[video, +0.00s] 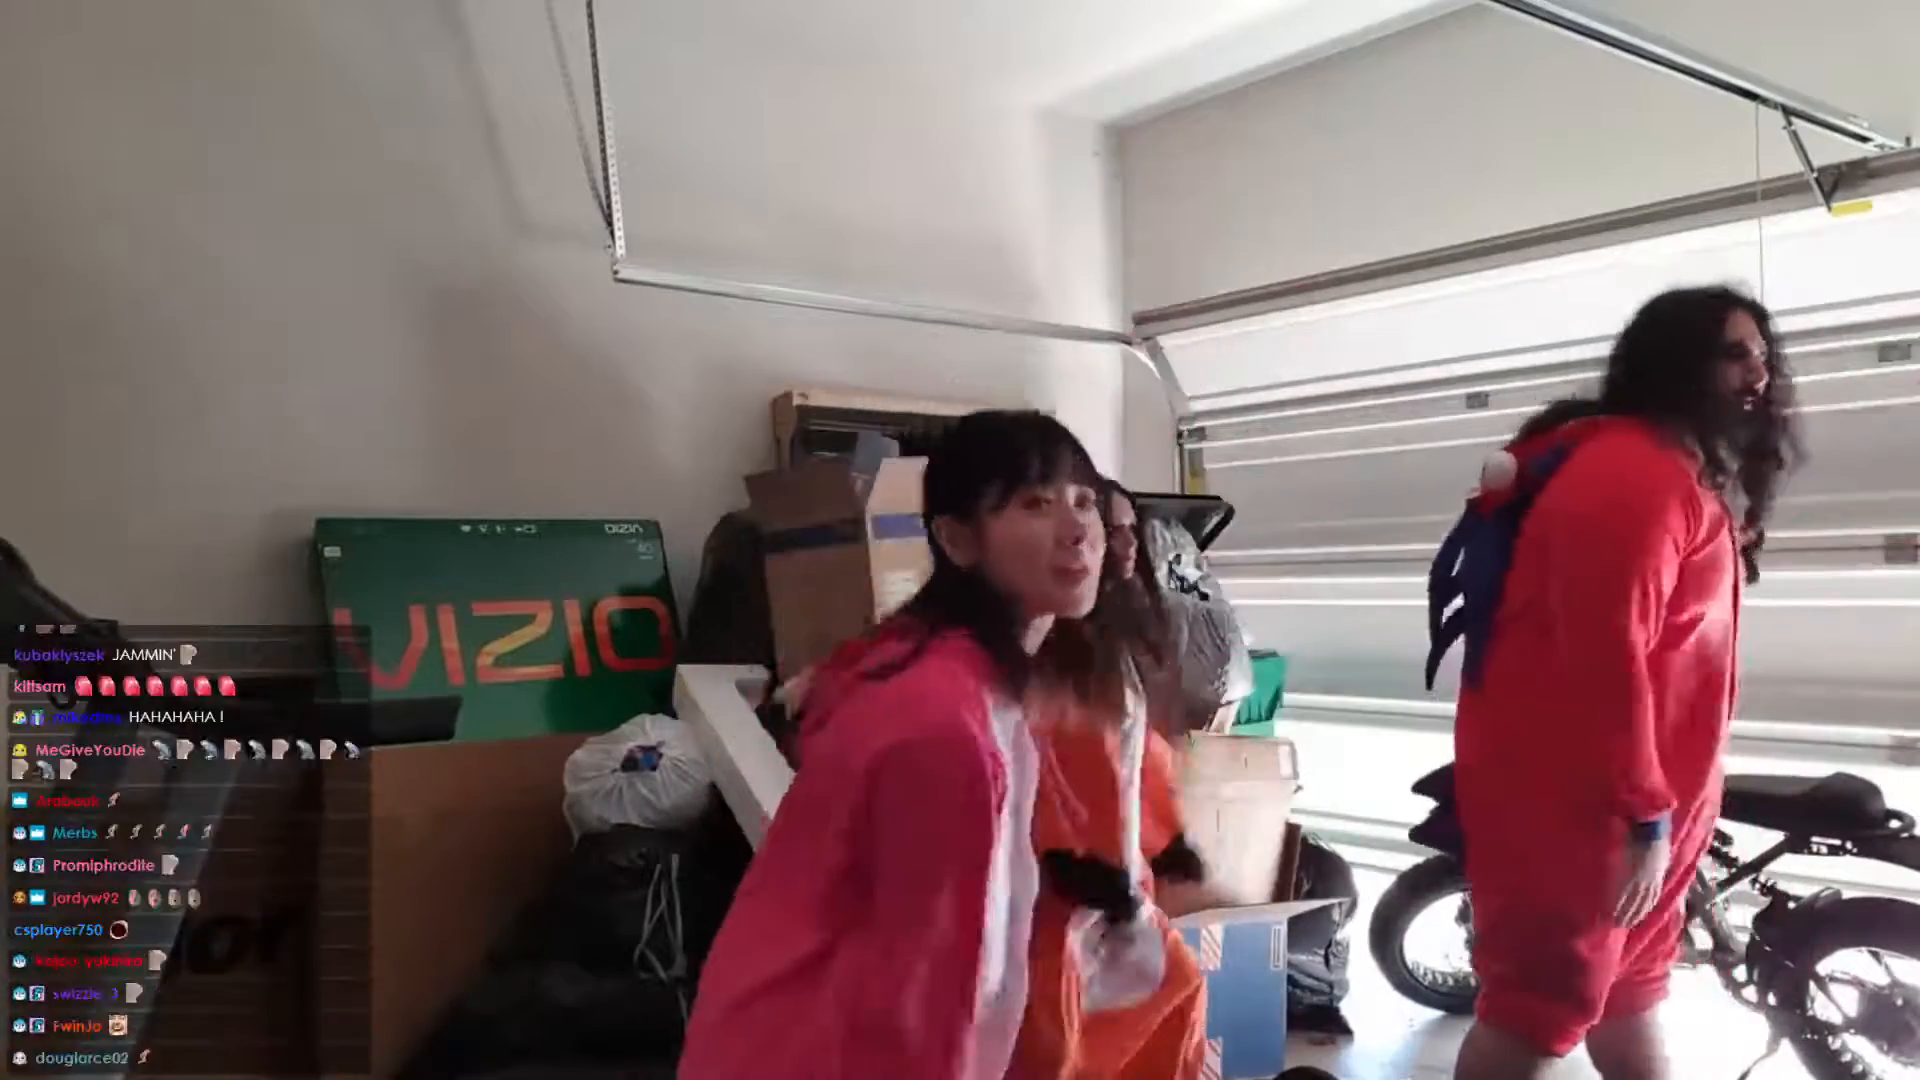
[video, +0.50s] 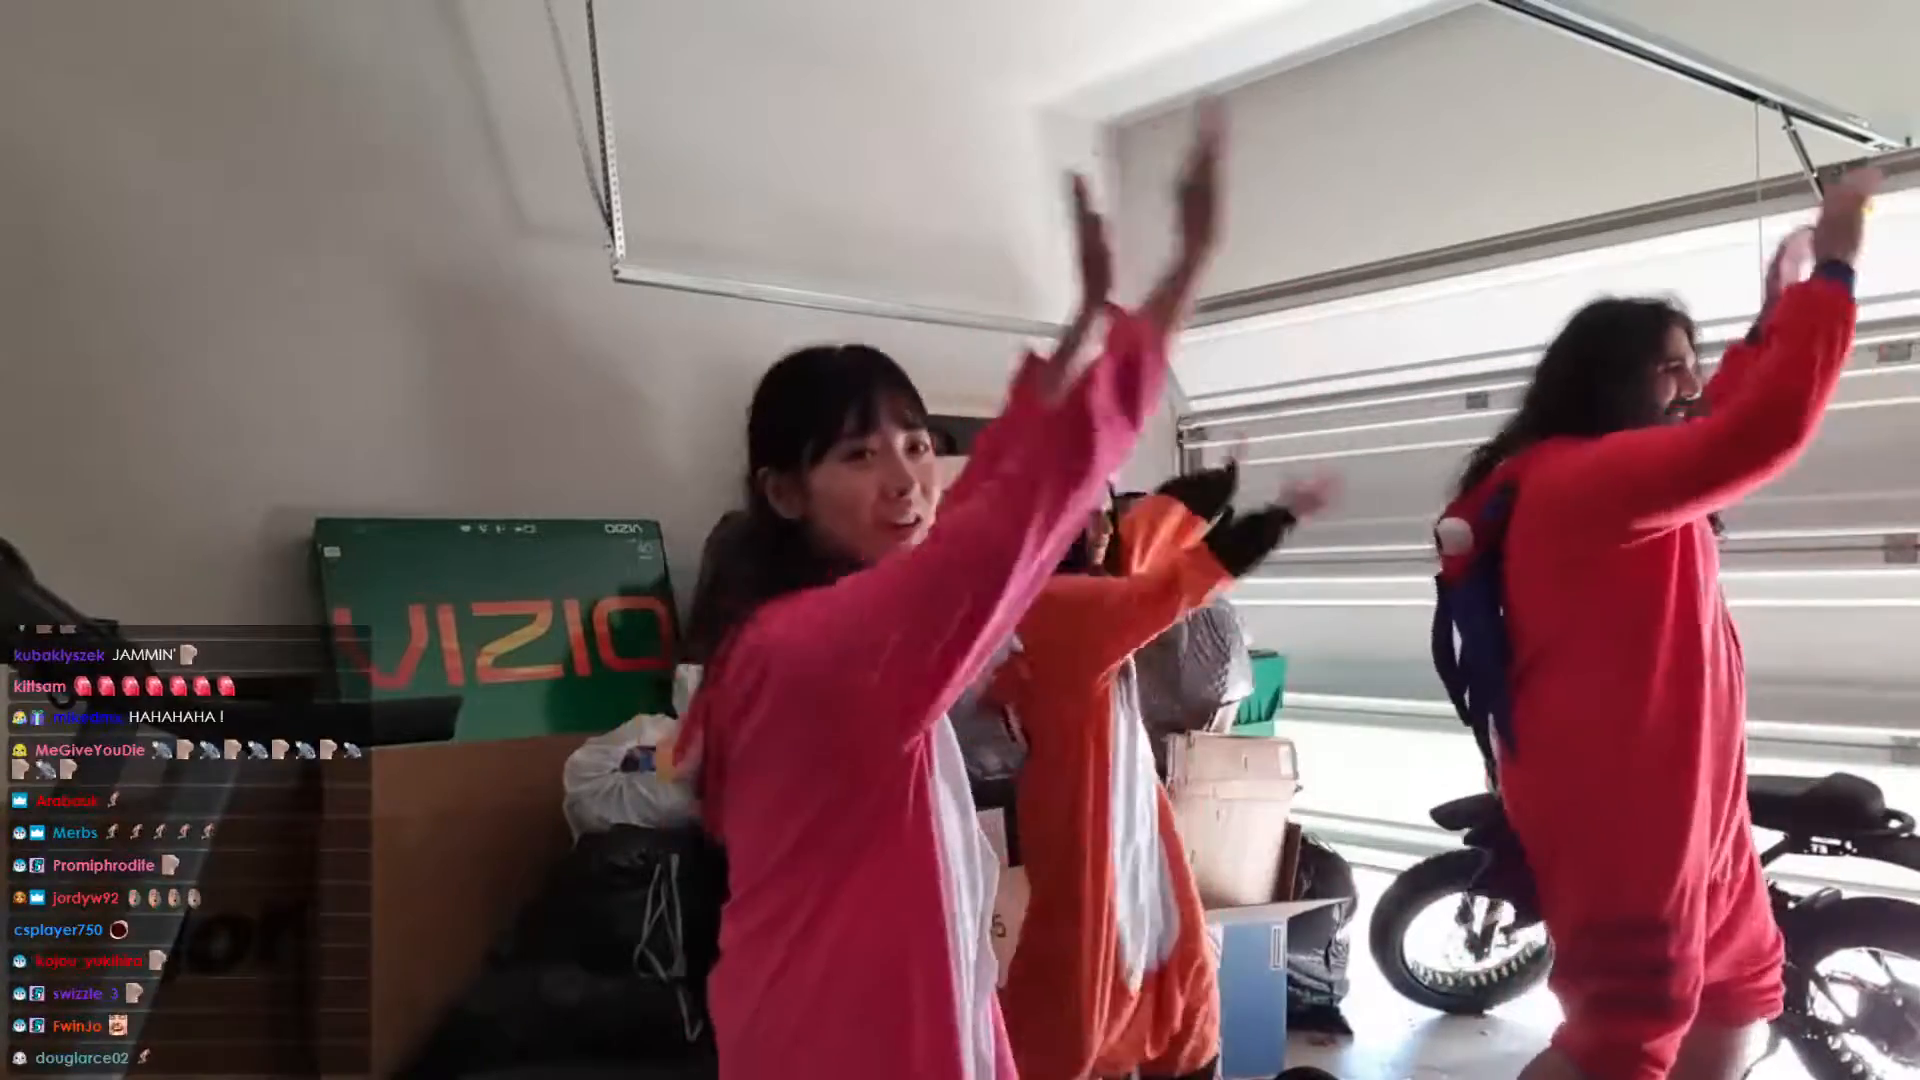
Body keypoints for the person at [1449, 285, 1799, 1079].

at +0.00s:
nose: (1758, 375)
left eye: (1764, 358)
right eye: (1735, 356)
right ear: (1679, 366)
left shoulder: (1690, 475)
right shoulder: (1633, 471)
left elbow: (1655, 651)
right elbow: (1602, 644)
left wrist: (1675, 809)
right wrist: (1647, 815)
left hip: (1641, 797)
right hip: (1564, 795)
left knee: (1626, 1006)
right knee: (1533, 1014)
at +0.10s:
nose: (1716, 363)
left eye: (1719, 345)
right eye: (1692, 345)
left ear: (1728, 353)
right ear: (1637, 359)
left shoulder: (1665, 465)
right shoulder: (1608, 470)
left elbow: (1709, 609)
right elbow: (1659, 638)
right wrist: (1751, 772)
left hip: (1643, 782)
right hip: (1567, 788)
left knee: (1645, 999)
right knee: (1541, 1017)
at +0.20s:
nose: (1679, 367)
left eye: (1682, 350)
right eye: (1655, 350)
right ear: (1595, 362)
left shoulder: (1626, 468)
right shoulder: (1573, 471)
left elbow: (1739, 540)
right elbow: (1733, 562)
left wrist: (1871, 558)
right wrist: (1898, 599)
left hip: (1669, 799)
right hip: (1588, 812)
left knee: (1677, 1001)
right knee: (1566, 1029)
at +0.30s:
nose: (1671, 389)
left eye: (1672, 371)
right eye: (1649, 371)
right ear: (1587, 381)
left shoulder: (1627, 476)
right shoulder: (1552, 481)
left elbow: (1754, 459)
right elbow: (1752, 464)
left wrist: (1881, 394)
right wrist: (1906, 391)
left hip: (1689, 801)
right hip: (1603, 818)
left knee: (1732, 988)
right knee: (1606, 1037)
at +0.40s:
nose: (1688, 403)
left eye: (1686, 386)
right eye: (1670, 383)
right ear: (1610, 390)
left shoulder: (1623, 485)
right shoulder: (1565, 493)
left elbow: (1718, 430)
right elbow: (1736, 440)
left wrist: (1786, 305)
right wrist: (1843, 267)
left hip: (1692, 809)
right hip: (1620, 822)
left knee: (1751, 997)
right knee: (1637, 1036)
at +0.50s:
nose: (1694, 386)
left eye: (1693, 370)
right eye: (1674, 368)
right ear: (1613, 378)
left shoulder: (1637, 472)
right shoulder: (1572, 480)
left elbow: (1719, 429)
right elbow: (1759, 436)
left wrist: (1775, 319)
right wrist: (1837, 265)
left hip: (1693, 797)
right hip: (1617, 812)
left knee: (1736, 996)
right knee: (1629, 1030)